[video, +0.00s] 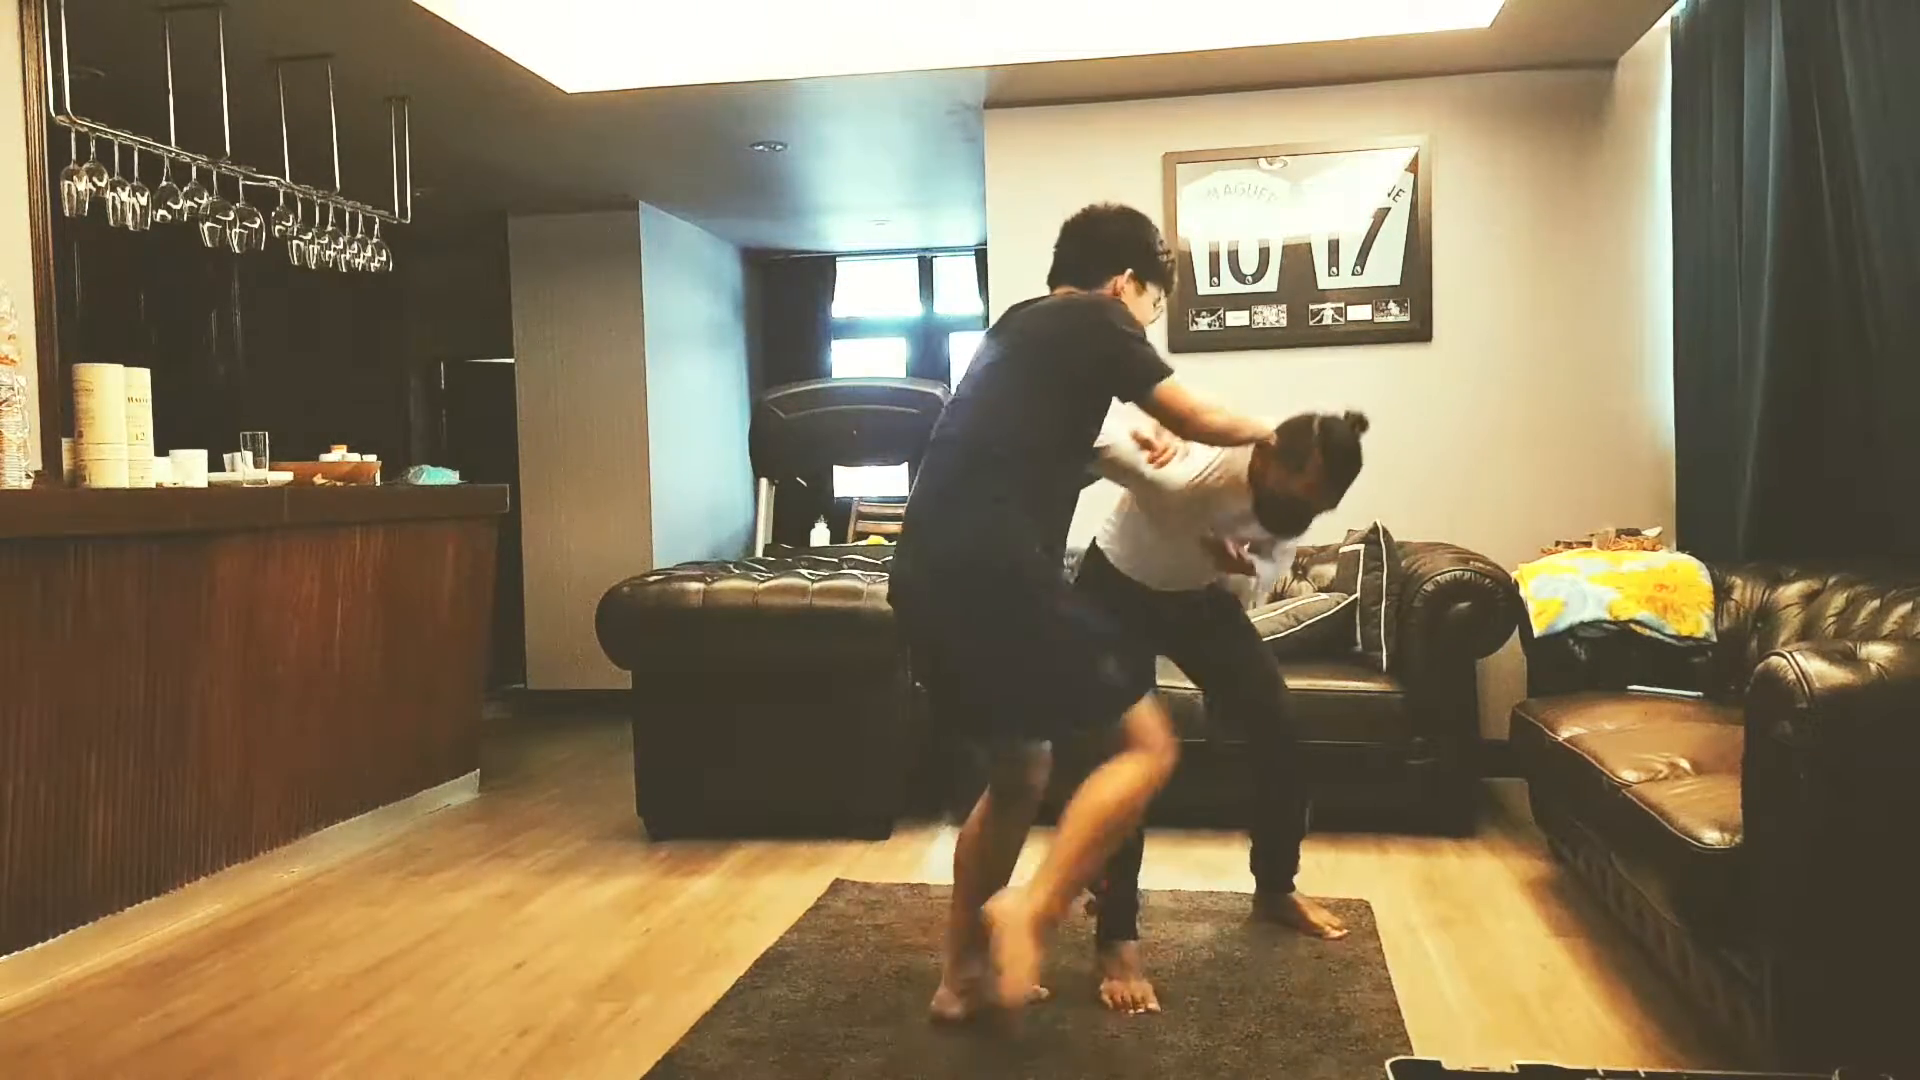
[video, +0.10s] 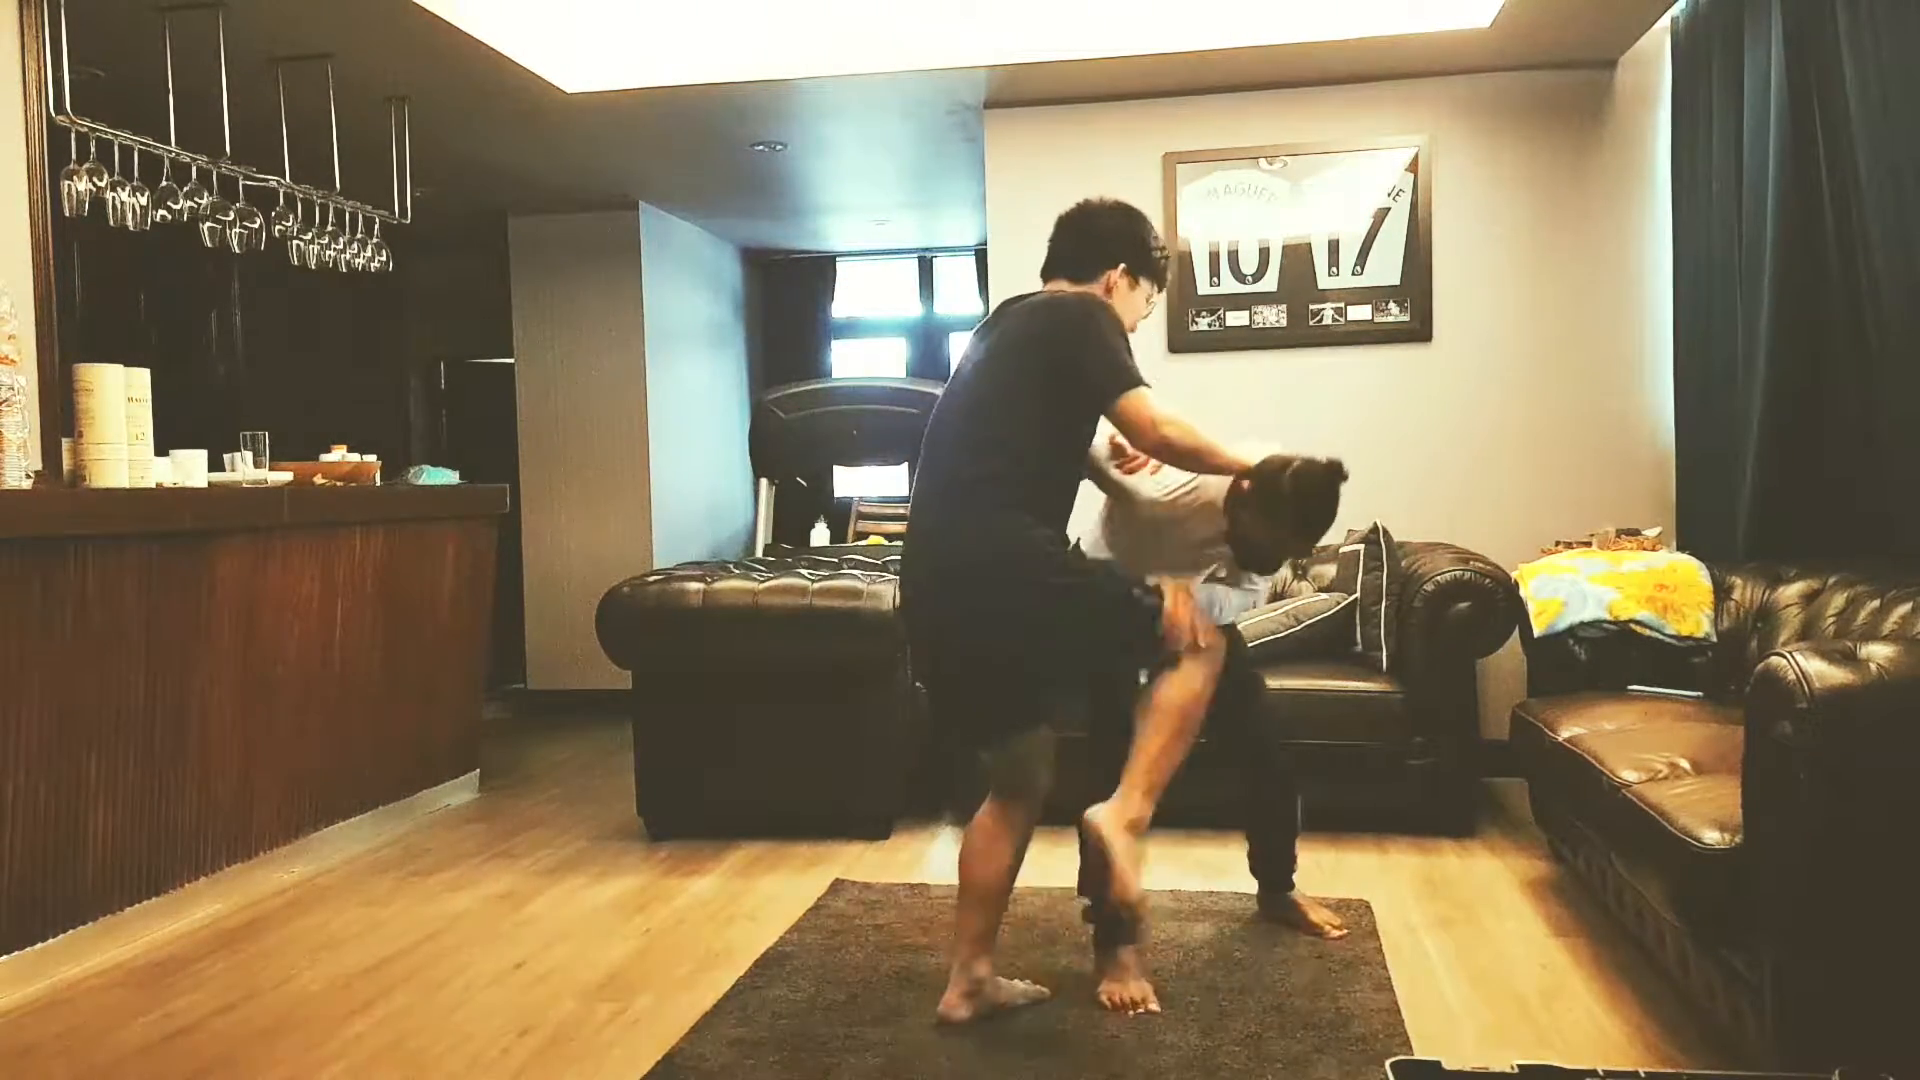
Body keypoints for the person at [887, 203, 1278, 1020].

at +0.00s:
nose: (1149, 325)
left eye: (1153, 312)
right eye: (1151, 306)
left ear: (1065, 277)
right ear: (1122, 282)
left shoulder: (1015, 329)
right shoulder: (1097, 327)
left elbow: (1050, 438)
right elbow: (1200, 424)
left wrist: (1138, 462)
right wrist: (1267, 432)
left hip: (924, 576)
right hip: (998, 575)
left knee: (1015, 775)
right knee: (1149, 744)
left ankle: (960, 978)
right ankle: (1028, 918)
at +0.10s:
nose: (1137, 324)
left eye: (1144, 311)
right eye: (1142, 304)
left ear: (1059, 269)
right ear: (1115, 276)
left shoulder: (1005, 324)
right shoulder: (1084, 321)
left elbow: (1024, 426)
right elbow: (1151, 432)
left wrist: (1108, 469)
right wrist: (1245, 465)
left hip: (930, 571)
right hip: (1011, 561)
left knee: (1018, 774)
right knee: (1199, 639)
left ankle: (970, 977)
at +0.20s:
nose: (1139, 312)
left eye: (1146, 297)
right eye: (1143, 291)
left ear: (1063, 262)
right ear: (1112, 266)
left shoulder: (1005, 319)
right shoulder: (1074, 315)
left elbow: (1020, 436)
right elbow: (1136, 424)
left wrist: (1100, 470)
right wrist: (1237, 463)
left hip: (927, 571)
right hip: (1003, 564)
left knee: (1008, 767)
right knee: (1185, 639)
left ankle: (967, 979)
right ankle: (1085, 799)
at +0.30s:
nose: (1146, 302)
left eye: (1152, 286)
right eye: (1148, 281)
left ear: (1076, 255)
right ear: (1112, 255)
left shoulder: (1007, 306)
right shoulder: (1071, 305)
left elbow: (1044, 422)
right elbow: (1144, 407)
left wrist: (1122, 459)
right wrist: (1243, 434)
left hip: (914, 560)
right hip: (978, 562)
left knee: (985, 768)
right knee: (1100, 747)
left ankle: (965, 978)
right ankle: (909, 845)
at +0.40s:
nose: (1143, 293)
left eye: (1147, 279)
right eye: (1142, 274)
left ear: (1071, 250)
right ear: (1105, 251)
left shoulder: (1009, 305)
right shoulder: (1069, 305)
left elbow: (997, 436)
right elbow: (1171, 392)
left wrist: (1085, 477)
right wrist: (1253, 409)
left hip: (951, 564)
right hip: (948, 569)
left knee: (1009, 751)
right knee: (936, 801)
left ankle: (959, 971)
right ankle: (734, 866)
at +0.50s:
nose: (1135, 311)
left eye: (1139, 295)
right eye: (1134, 290)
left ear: (1067, 270)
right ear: (1094, 270)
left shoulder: (1011, 328)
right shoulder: (1059, 324)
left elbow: (986, 458)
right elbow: (1179, 385)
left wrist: (1066, 482)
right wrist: (1261, 388)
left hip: (950, 601)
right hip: (897, 595)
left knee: (1024, 769)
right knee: (845, 801)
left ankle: (947, 952)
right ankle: (671, 937)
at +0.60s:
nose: (1123, 341)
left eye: (1126, 327)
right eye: (1120, 323)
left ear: (1054, 304)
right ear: (1082, 307)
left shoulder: (994, 364)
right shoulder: (1043, 357)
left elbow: (977, 480)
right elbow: (1174, 405)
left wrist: (1065, 480)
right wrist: (1250, 391)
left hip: (940, 629)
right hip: (874, 622)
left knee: (1024, 783)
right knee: (778, 810)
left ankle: (944, 958)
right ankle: (638, 954)